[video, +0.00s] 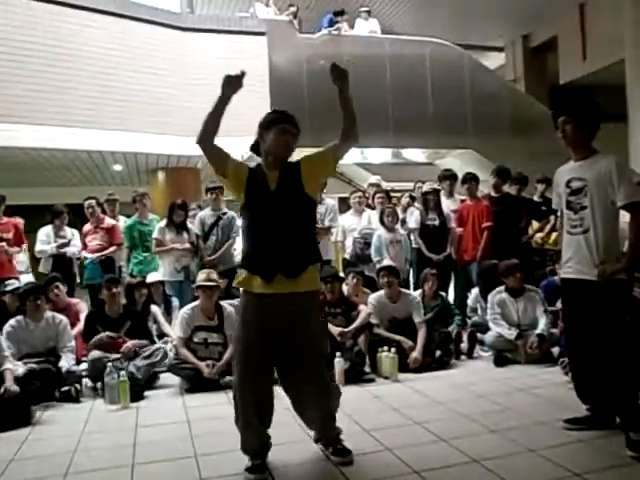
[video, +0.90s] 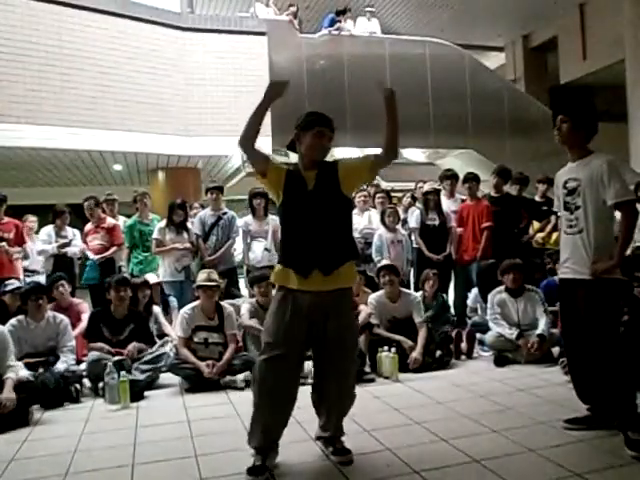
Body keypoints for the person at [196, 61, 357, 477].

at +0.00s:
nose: (287, 138)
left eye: (291, 135)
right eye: (279, 132)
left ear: (296, 144)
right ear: (260, 139)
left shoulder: (309, 171)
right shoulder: (242, 176)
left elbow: (349, 137)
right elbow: (206, 141)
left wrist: (343, 91)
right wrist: (224, 97)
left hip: (302, 294)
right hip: (256, 295)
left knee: (315, 372)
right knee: (250, 379)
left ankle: (329, 436)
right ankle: (256, 454)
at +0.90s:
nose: (321, 139)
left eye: (326, 135)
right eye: (315, 133)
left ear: (331, 142)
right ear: (297, 138)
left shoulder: (344, 173)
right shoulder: (282, 177)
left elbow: (388, 153)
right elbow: (247, 145)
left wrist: (390, 106)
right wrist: (266, 100)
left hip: (338, 289)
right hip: (291, 289)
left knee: (339, 367)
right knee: (272, 370)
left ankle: (331, 433)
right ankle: (263, 451)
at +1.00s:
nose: (317, 142)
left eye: (320, 136)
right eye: (309, 137)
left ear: (328, 141)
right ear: (295, 145)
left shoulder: (348, 178)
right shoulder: (285, 183)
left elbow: (391, 176)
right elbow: (250, 185)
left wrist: (397, 148)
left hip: (339, 291)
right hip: (294, 290)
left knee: (337, 369)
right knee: (281, 372)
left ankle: (329, 432)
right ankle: (266, 450)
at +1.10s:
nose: (311, 153)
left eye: (315, 144)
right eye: (303, 150)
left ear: (328, 141)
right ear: (297, 154)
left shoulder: (356, 183)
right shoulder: (294, 185)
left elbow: (403, 178)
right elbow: (255, 189)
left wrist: (378, 180)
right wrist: (227, 177)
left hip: (338, 289)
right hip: (295, 284)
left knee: (336, 365)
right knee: (279, 363)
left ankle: (330, 432)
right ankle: (268, 438)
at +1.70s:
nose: (303, 135)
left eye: (309, 128)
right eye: (296, 128)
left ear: (318, 132)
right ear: (285, 133)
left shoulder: (335, 168)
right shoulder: (270, 177)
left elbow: (376, 164)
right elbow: (246, 219)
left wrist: (366, 139)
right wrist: (254, 257)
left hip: (329, 283)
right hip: (285, 283)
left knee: (335, 364)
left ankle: (328, 434)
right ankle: (277, 443)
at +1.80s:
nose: (296, 138)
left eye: (301, 132)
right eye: (289, 132)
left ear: (311, 137)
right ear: (276, 137)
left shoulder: (327, 173)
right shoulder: (260, 179)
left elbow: (373, 178)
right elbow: (245, 230)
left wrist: (353, 145)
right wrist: (256, 268)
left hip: (326, 286)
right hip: (281, 287)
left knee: (338, 369)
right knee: (285, 372)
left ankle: (330, 432)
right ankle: (278, 451)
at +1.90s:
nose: (294, 144)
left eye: (300, 138)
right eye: (286, 138)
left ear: (308, 140)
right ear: (271, 142)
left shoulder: (322, 174)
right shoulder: (254, 181)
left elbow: (360, 168)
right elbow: (211, 219)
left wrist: (367, 164)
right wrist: (247, 252)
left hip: (315, 283)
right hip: (271, 286)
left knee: (336, 356)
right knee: (281, 371)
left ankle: (328, 417)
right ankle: (278, 450)